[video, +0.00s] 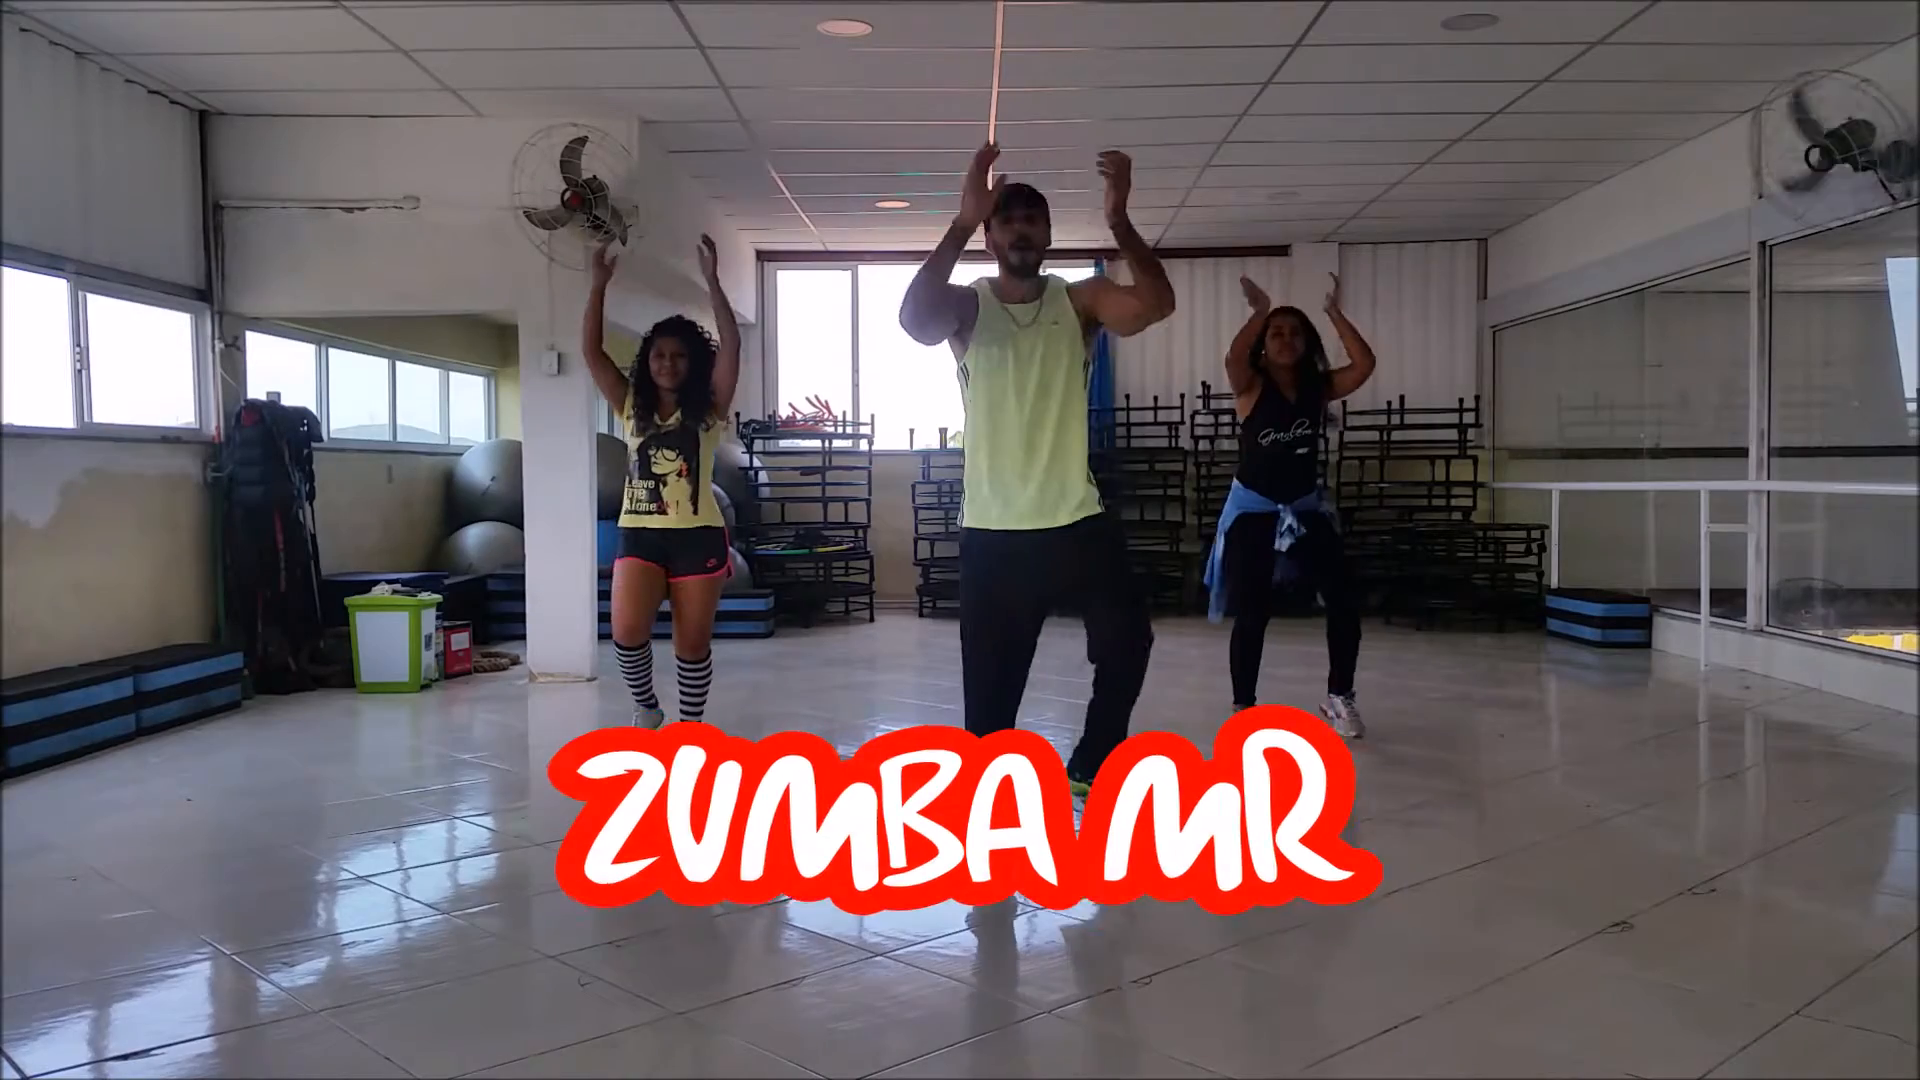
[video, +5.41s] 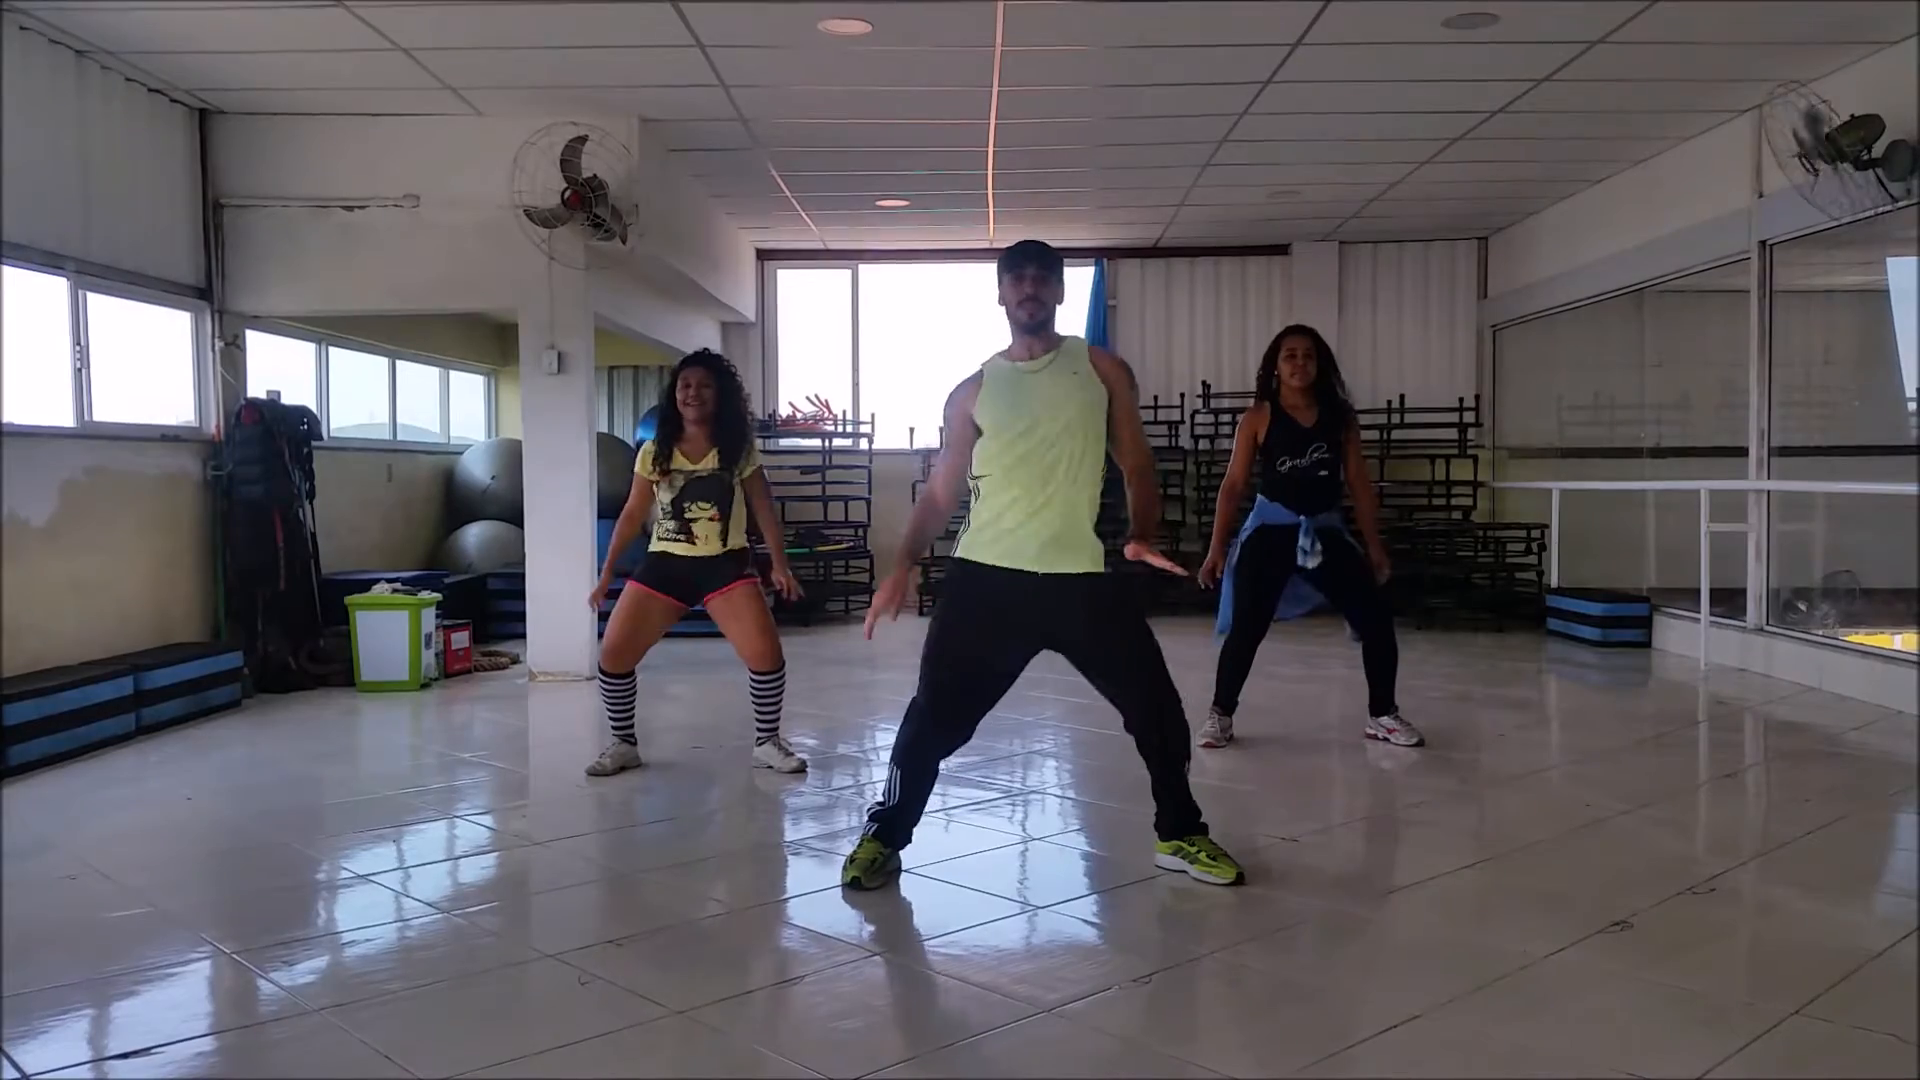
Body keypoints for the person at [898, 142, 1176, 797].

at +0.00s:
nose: (1025, 229)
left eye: (1035, 219)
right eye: (1012, 218)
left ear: (1050, 234)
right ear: (990, 234)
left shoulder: (1078, 299)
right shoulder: (970, 304)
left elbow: (1156, 302)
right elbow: (915, 318)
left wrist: (1119, 219)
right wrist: (965, 220)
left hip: (1078, 523)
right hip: (995, 532)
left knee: (1127, 640)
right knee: (989, 704)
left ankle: (1091, 767)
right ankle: (981, 825)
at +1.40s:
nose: (1066, 228)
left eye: (1079, 216)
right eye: (1053, 217)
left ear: (1098, 226)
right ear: (1035, 229)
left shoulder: (1129, 300)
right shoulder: (1004, 309)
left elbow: (1211, 350)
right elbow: (922, 378)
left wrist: (1179, 300)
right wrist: (937, 315)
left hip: (1109, 525)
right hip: (1021, 523)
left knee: (1127, 680)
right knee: (977, 663)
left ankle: (1118, 825)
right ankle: (973, 801)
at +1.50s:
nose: (1060, 233)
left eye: (1073, 221)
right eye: (1047, 221)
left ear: (1094, 227)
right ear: (1030, 229)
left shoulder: (1133, 306)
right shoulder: (1000, 312)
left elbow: (1231, 366)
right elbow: (923, 378)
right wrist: (913, 410)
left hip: (1108, 529)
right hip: (1018, 527)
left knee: (1124, 686)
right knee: (975, 669)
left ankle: (1119, 823)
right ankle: (951, 808)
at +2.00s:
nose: (1013, 242)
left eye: (1026, 230)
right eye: (1001, 229)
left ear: (1047, 239)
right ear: (985, 237)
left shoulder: (1085, 322)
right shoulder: (946, 329)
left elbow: (1136, 406)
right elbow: (907, 419)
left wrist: (1119, 465)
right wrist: (897, 498)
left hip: (1070, 540)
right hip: (976, 542)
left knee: (1125, 685)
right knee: (937, 695)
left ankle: (1133, 817)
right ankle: (915, 829)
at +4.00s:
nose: (1043, 310)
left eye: (1056, 300)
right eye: (1031, 298)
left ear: (1072, 309)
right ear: (1012, 305)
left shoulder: (1093, 390)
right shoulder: (964, 393)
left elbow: (1137, 481)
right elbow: (920, 479)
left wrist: (1172, 544)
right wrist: (945, 549)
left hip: (1105, 578)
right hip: (1014, 587)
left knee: (1174, 710)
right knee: (960, 721)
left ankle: (1182, 833)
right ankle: (894, 838)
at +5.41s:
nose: (1031, 289)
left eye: (1043, 278)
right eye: (1018, 278)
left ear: (1060, 290)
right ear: (1000, 292)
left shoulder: (1104, 370)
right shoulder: (972, 393)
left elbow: (1138, 466)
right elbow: (939, 492)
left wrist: (1143, 534)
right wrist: (903, 565)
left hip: (1084, 583)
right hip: (987, 582)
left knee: (1158, 712)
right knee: (933, 716)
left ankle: (1180, 832)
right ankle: (886, 834)